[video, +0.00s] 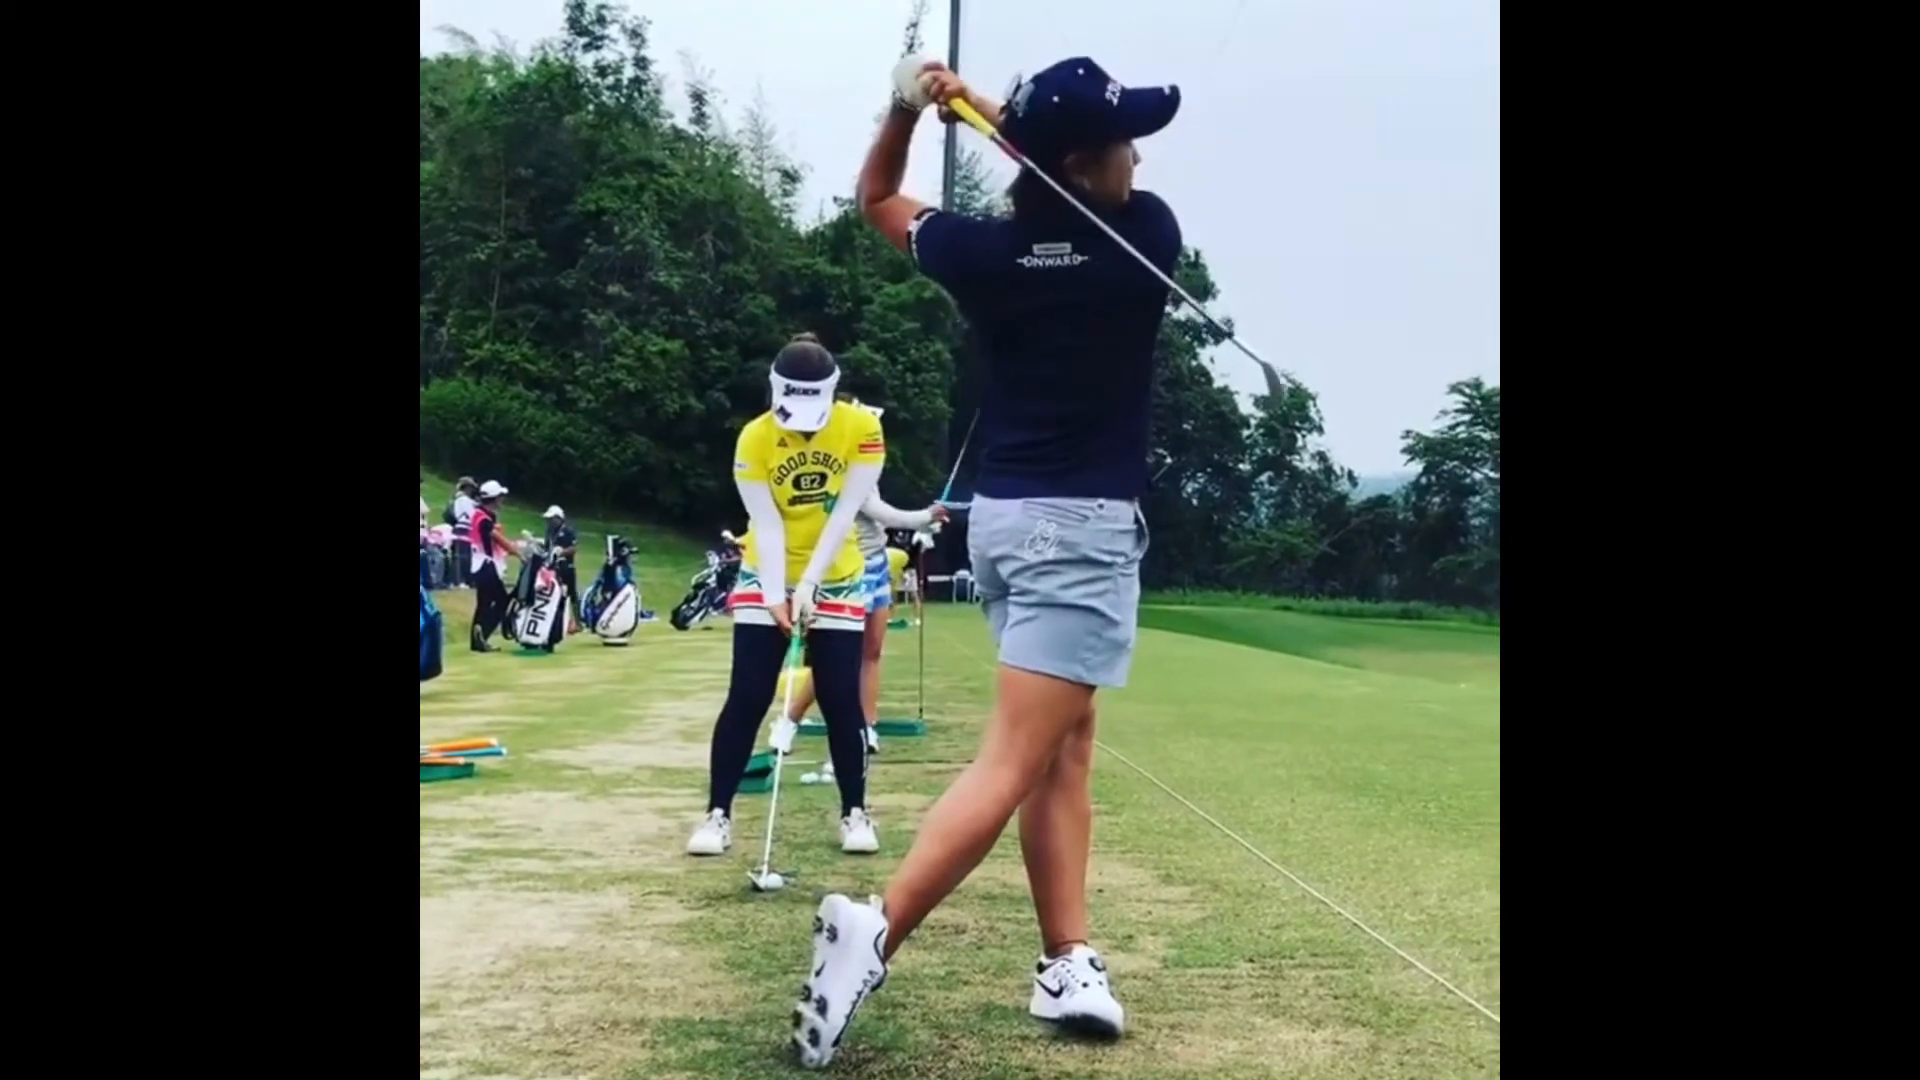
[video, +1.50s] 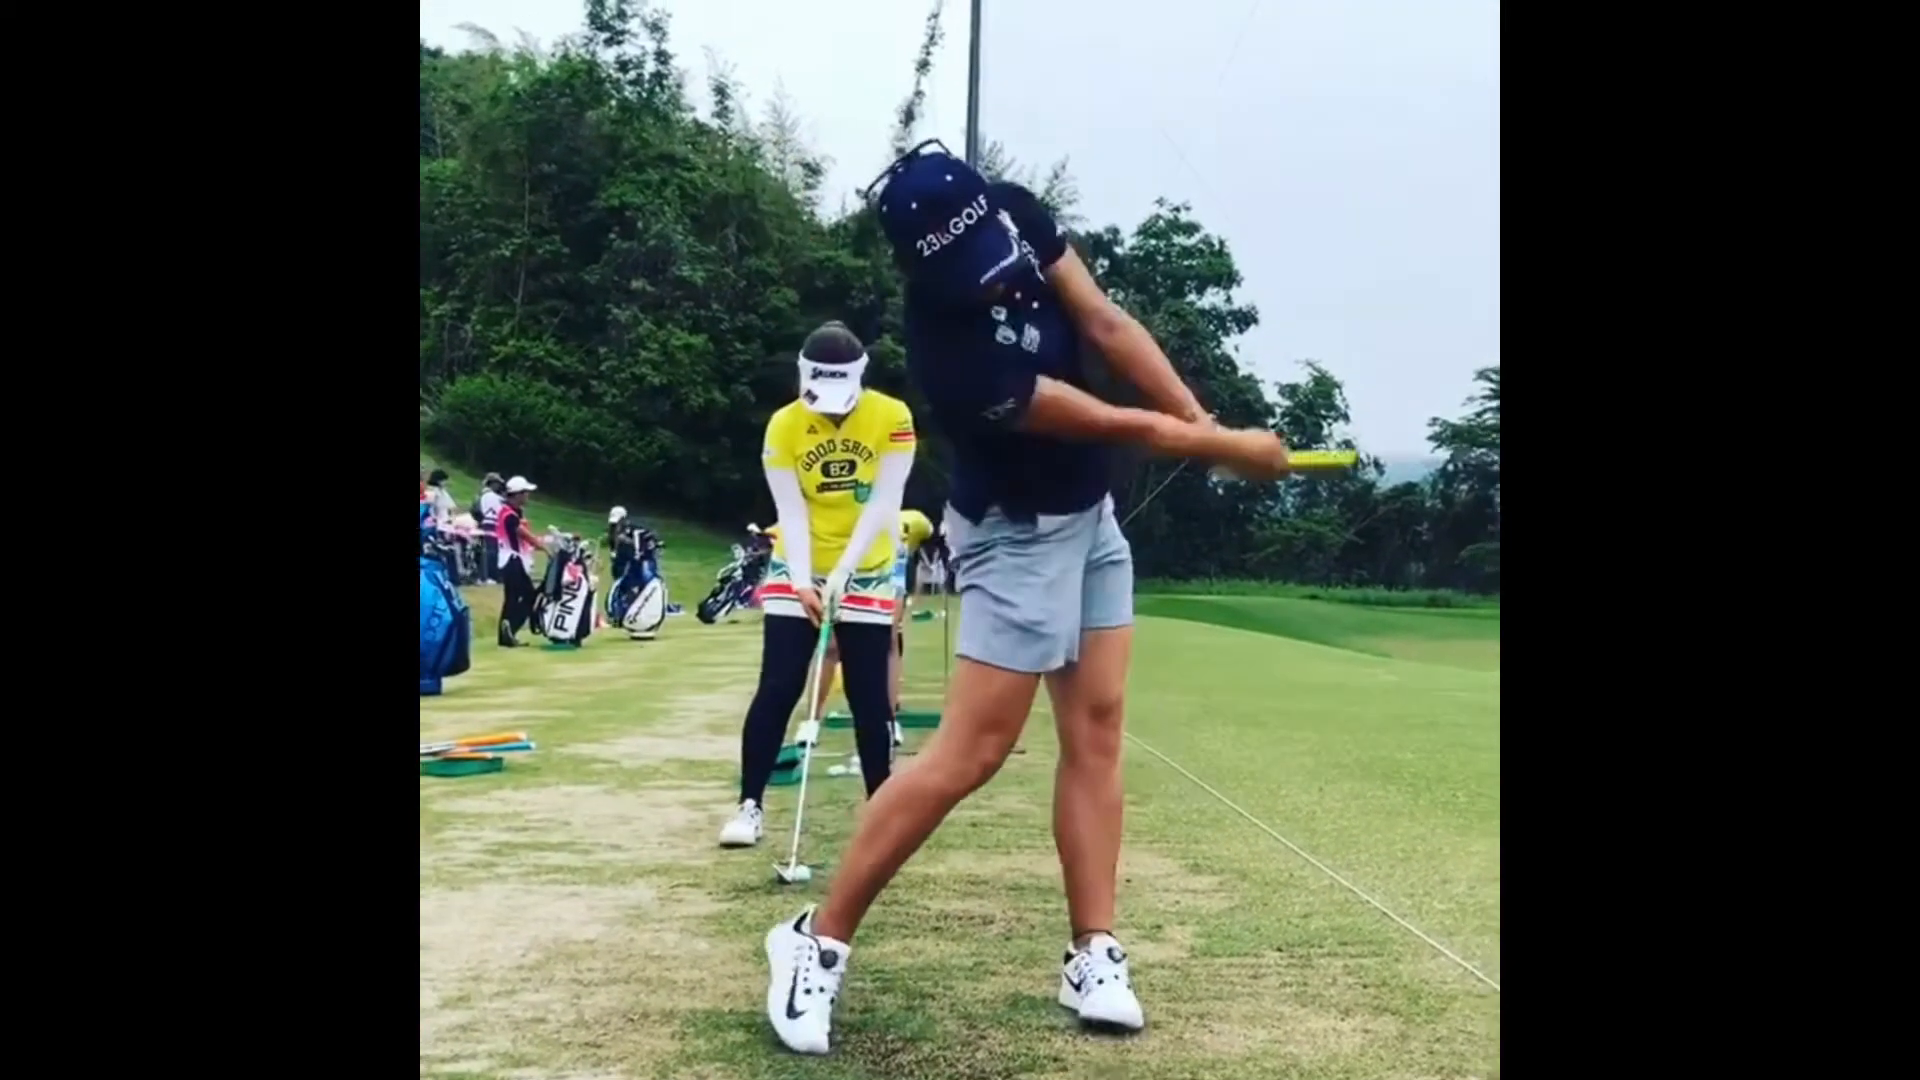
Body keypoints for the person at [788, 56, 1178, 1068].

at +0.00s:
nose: (1137, 150)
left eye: (1130, 136)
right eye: (1124, 143)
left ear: (1035, 162)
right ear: (1092, 162)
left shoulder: (981, 248)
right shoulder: (1149, 232)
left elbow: (880, 198)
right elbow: (1070, 185)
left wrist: (904, 107)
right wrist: (991, 117)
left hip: (993, 516)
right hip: (1085, 520)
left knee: (1066, 746)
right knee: (1012, 762)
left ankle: (1068, 962)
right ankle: (874, 931)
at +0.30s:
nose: (1134, 148)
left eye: (1127, 134)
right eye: (1121, 140)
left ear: (1033, 161)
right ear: (1089, 159)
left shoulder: (976, 250)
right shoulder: (1142, 235)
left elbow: (879, 198)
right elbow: (1066, 187)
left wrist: (916, 104)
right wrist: (995, 119)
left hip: (992, 522)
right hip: (1079, 526)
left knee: (1062, 750)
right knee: (1004, 768)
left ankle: (1063, 967)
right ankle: (868, 935)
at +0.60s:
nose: (938, 243)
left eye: (955, 223)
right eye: (920, 225)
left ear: (985, 199)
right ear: (890, 204)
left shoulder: (1036, 287)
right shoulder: (849, 293)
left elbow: (984, 450)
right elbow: (872, 454)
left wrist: (945, 591)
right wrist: (889, 597)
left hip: (1014, 529)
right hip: (888, 532)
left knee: (1066, 741)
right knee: (857, 744)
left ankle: (1100, 942)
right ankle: (824, 954)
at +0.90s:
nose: (938, 254)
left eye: (958, 236)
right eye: (922, 234)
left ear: (993, 216)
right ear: (897, 210)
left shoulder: (988, 320)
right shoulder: (888, 255)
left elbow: (809, 370)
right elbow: (800, 340)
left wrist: (663, 387)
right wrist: (669, 360)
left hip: (1018, 544)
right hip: (897, 542)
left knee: (1065, 760)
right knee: (867, 734)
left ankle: (1103, 946)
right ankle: (828, 958)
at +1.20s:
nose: (939, 260)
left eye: (958, 239)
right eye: (921, 242)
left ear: (999, 217)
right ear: (896, 224)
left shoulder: (991, 312)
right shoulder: (911, 286)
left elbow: (826, 251)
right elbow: (848, 306)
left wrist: (773, 175)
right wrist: (811, 192)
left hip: (1025, 555)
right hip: (908, 548)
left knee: (1062, 775)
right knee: (870, 743)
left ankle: (1099, 953)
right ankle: (825, 963)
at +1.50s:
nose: (997, 280)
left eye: (998, 254)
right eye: (973, 273)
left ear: (996, 217)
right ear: (928, 265)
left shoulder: (1014, 214)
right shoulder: (949, 356)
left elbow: (1105, 322)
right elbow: (1104, 423)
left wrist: (1197, 421)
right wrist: (1225, 445)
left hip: (1092, 513)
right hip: (1012, 535)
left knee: (1098, 728)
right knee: (968, 753)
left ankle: (1093, 952)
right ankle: (819, 942)